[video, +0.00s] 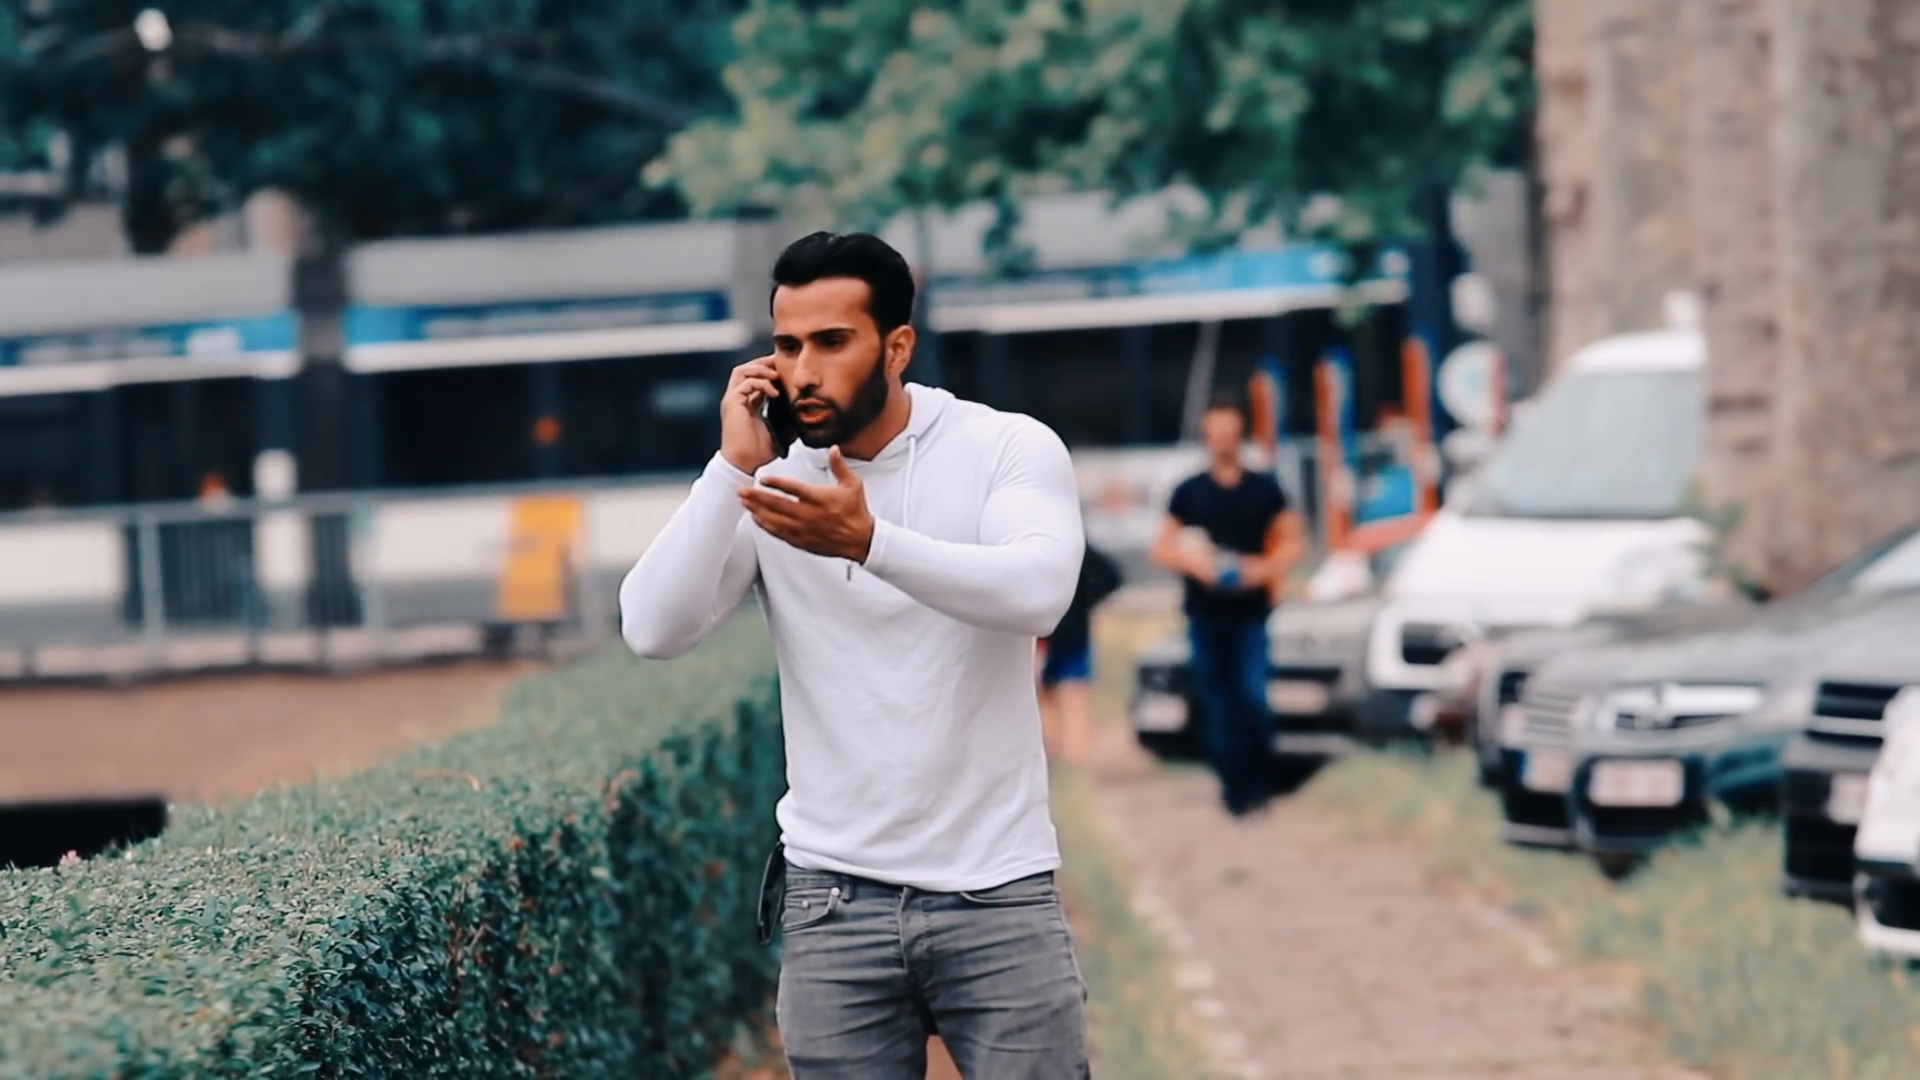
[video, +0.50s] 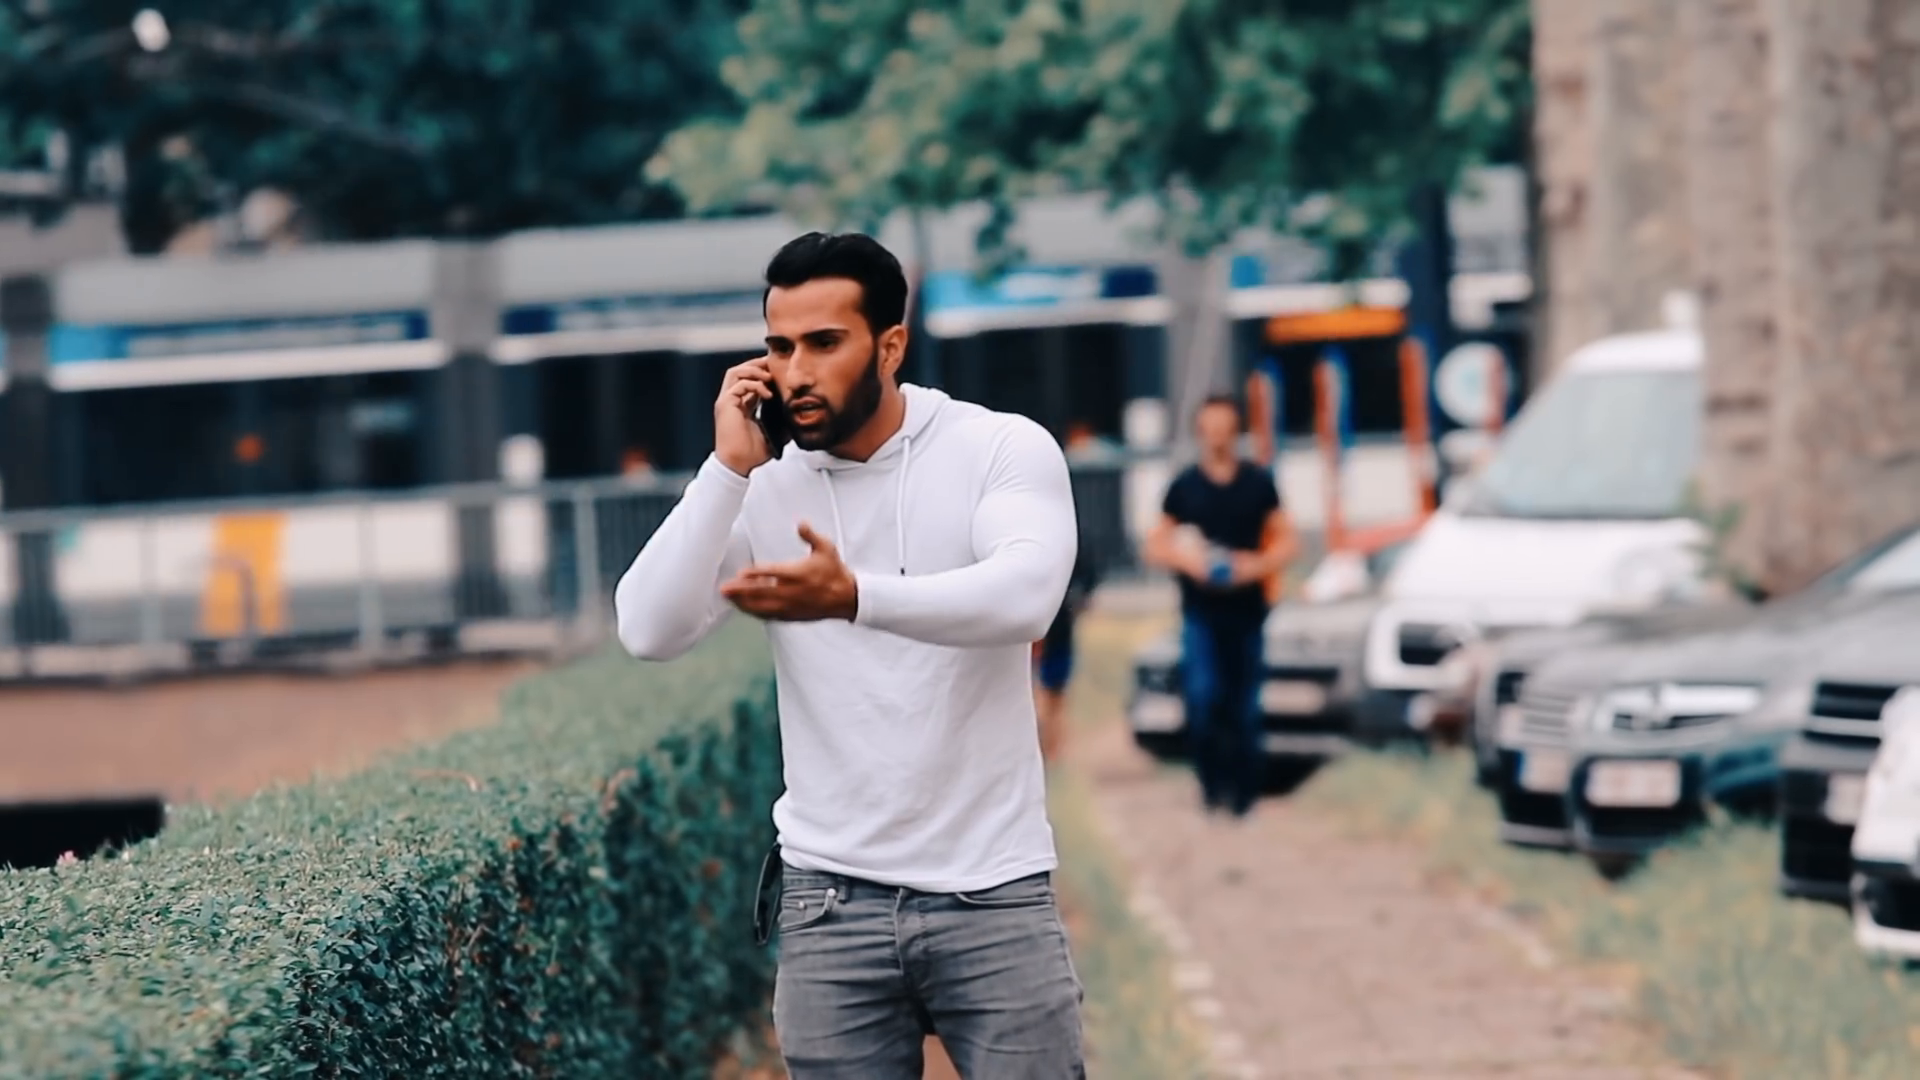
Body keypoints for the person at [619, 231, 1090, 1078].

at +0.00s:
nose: (801, 372)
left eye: (830, 342)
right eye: (787, 347)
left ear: (896, 346)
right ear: (771, 354)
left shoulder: (1012, 448)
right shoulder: (765, 485)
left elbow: (1037, 595)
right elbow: (651, 627)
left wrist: (867, 540)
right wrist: (733, 467)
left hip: (1000, 892)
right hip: (830, 899)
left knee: (1044, 1064)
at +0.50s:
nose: (794, 373)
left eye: (822, 343)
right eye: (780, 348)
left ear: (890, 346)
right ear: (764, 355)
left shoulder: (1007, 450)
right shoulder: (760, 490)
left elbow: (1023, 599)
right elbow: (648, 630)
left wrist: (853, 596)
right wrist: (727, 467)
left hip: (996, 895)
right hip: (827, 901)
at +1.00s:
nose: (789, 371)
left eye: (818, 342)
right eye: (776, 346)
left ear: (887, 343)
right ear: (762, 350)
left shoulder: (1003, 450)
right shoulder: (762, 481)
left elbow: (1015, 598)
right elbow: (644, 627)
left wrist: (838, 560)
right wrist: (722, 467)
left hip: (992, 895)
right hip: (823, 901)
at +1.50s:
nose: (784, 373)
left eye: (813, 344)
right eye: (770, 347)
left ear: (882, 347)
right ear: (755, 354)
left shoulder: (1001, 453)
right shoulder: (755, 490)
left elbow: (1007, 606)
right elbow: (643, 632)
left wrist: (838, 606)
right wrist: (720, 467)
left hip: (989, 898)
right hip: (821, 904)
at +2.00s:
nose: (790, 374)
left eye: (819, 345)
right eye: (778, 349)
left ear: (888, 347)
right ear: (763, 355)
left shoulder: (1006, 457)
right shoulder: (764, 487)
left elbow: (1014, 607)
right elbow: (645, 631)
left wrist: (838, 574)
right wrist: (723, 469)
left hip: (991, 897)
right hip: (822, 902)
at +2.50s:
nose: (786, 373)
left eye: (815, 344)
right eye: (774, 348)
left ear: (885, 347)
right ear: (759, 355)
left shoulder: (1004, 458)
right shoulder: (758, 491)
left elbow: (1009, 617)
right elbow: (643, 631)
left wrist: (854, 648)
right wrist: (723, 469)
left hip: (990, 900)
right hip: (821, 906)